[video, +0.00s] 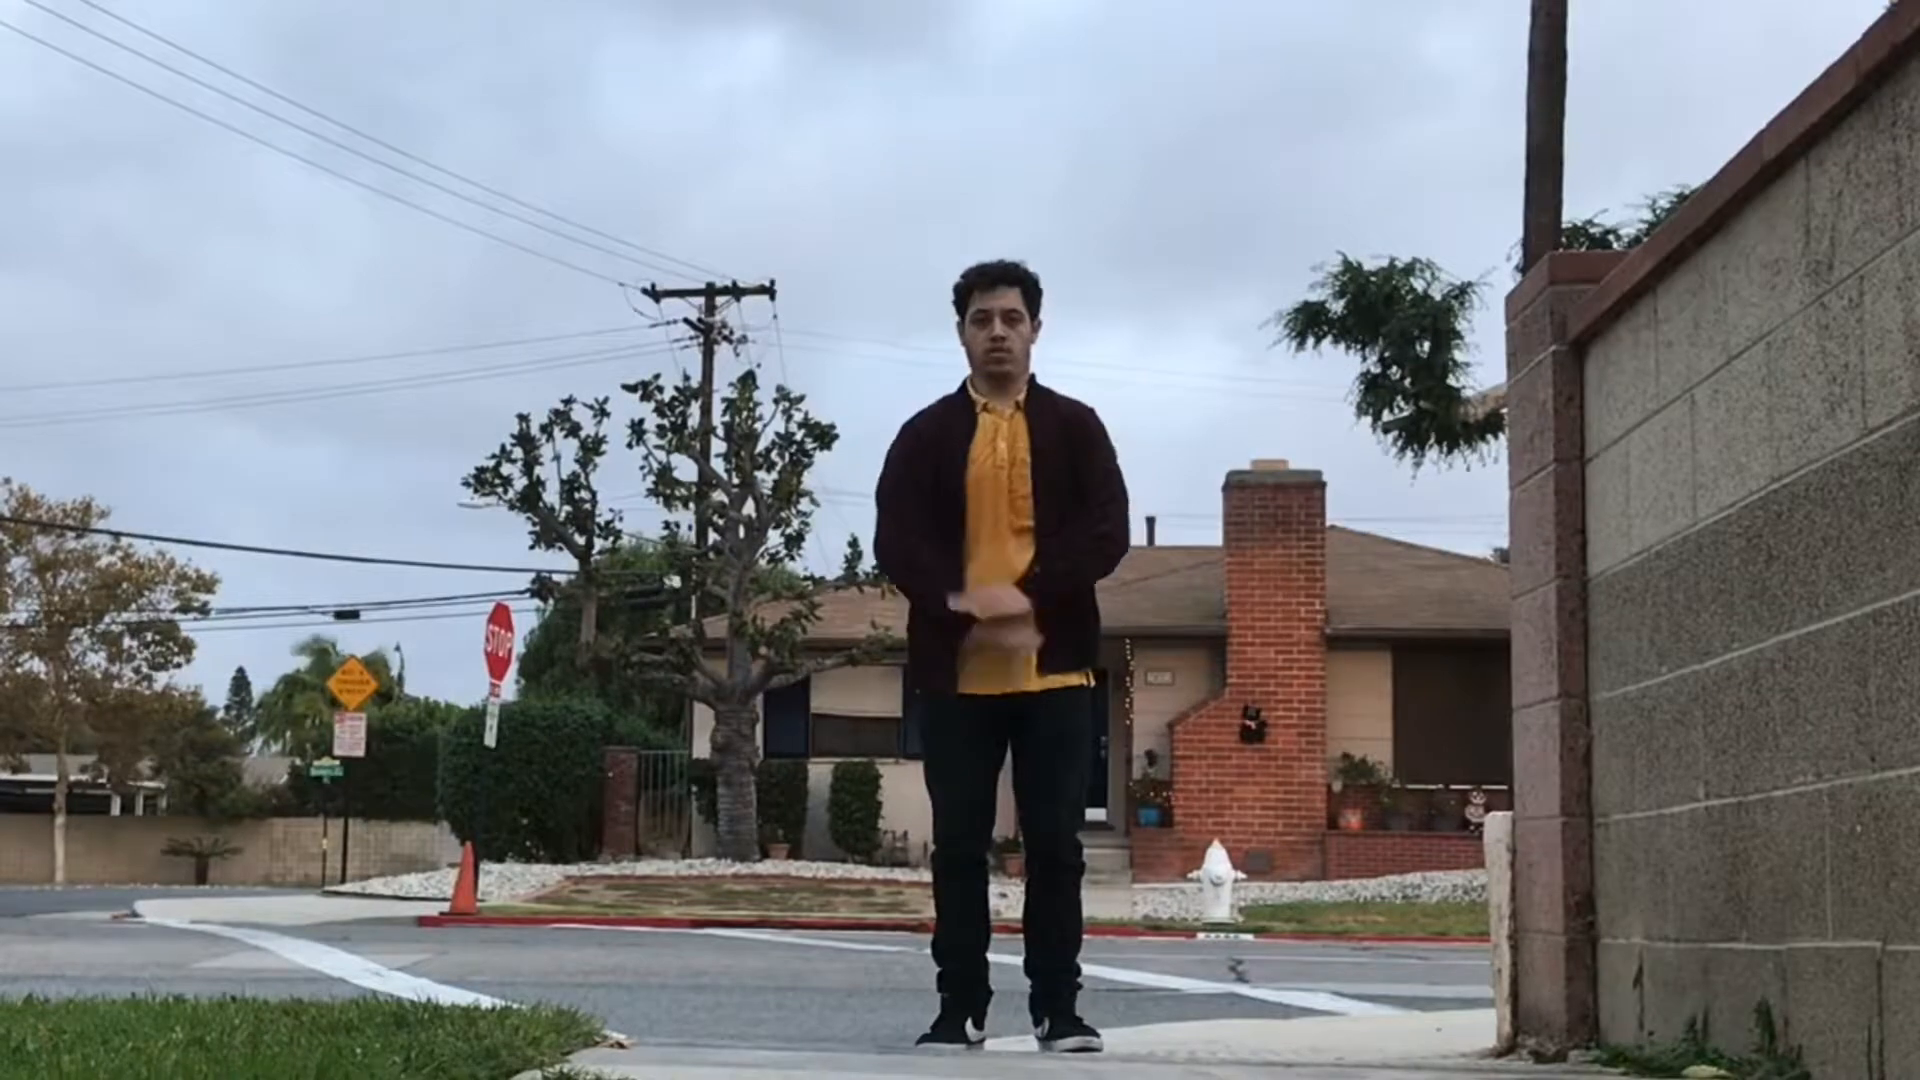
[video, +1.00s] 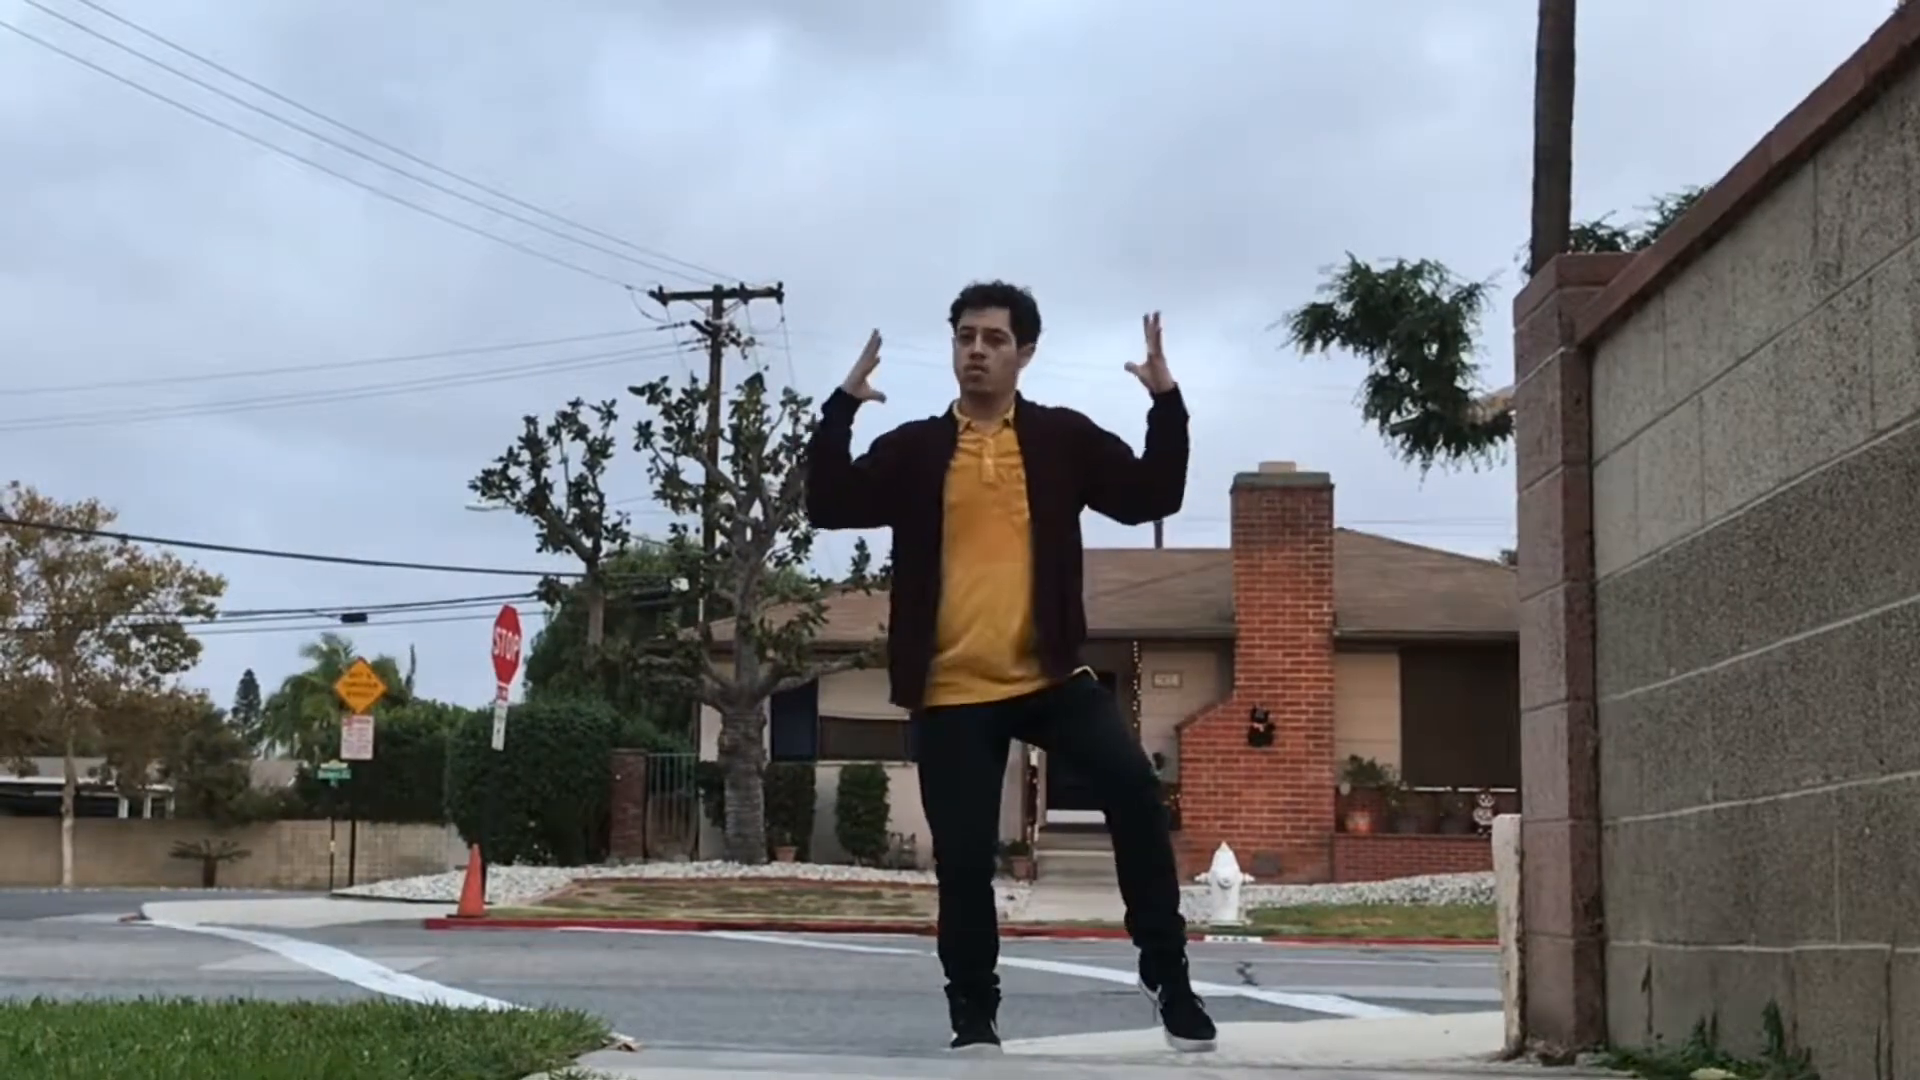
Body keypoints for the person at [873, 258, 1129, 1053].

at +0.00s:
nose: (997, 332)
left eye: (1011, 319)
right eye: (982, 320)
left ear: (1034, 331)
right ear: (962, 334)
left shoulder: (1076, 425)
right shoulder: (923, 435)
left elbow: (1109, 533)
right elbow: (895, 543)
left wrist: (1025, 594)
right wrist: (959, 597)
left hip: (1057, 679)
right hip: (956, 681)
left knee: (1056, 850)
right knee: (958, 851)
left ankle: (1058, 1011)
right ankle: (960, 1012)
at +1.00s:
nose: (976, 350)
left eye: (994, 339)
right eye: (966, 337)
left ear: (1025, 353)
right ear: (951, 349)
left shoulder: (1063, 436)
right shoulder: (911, 449)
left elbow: (1155, 495)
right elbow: (828, 502)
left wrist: (1166, 399)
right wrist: (844, 402)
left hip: (1052, 679)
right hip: (952, 691)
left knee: (1134, 789)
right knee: (962, 860)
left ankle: (1170, 977)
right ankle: (973, 1019)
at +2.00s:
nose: (1005, 353)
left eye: (1020, 339)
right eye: (991, 338)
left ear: (1040, 347)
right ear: (968, 345)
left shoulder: (1072, 434)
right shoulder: (935, 434)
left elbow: (1066, 534)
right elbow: (949, 546)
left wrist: (1014, 604)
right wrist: (1044, 629)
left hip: (1049, 666)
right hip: (957, 672)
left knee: (1104, 807)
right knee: (965, 838)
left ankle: (1147, 987)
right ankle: (972, 1007)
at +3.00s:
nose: (1044, 345)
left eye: (1060, 332)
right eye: (1030, 330)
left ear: (1078, 345)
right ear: (1006, 339)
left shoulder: (1118, 432)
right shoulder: (969, 445)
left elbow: (1200, 521)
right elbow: (937, 551)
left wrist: (1169, 625)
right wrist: (895, 614)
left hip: (1084, 671)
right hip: (989, 667)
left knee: (1068, 838)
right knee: (972, 816)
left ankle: (1047, 1009)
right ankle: (982, 995)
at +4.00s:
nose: (983, 349)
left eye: (994, 332)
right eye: (974, 340)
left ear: (1042, 329)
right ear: (974, 350)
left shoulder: (1112, 425)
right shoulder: (961, 429)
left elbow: (1153, 539)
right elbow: (887, 502)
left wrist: (1160, 643)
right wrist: (821, 572)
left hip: (1087, 677)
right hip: (988, 671)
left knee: (1071, 851)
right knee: (950, 824)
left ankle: (1049, 1009)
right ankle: (914, 998)